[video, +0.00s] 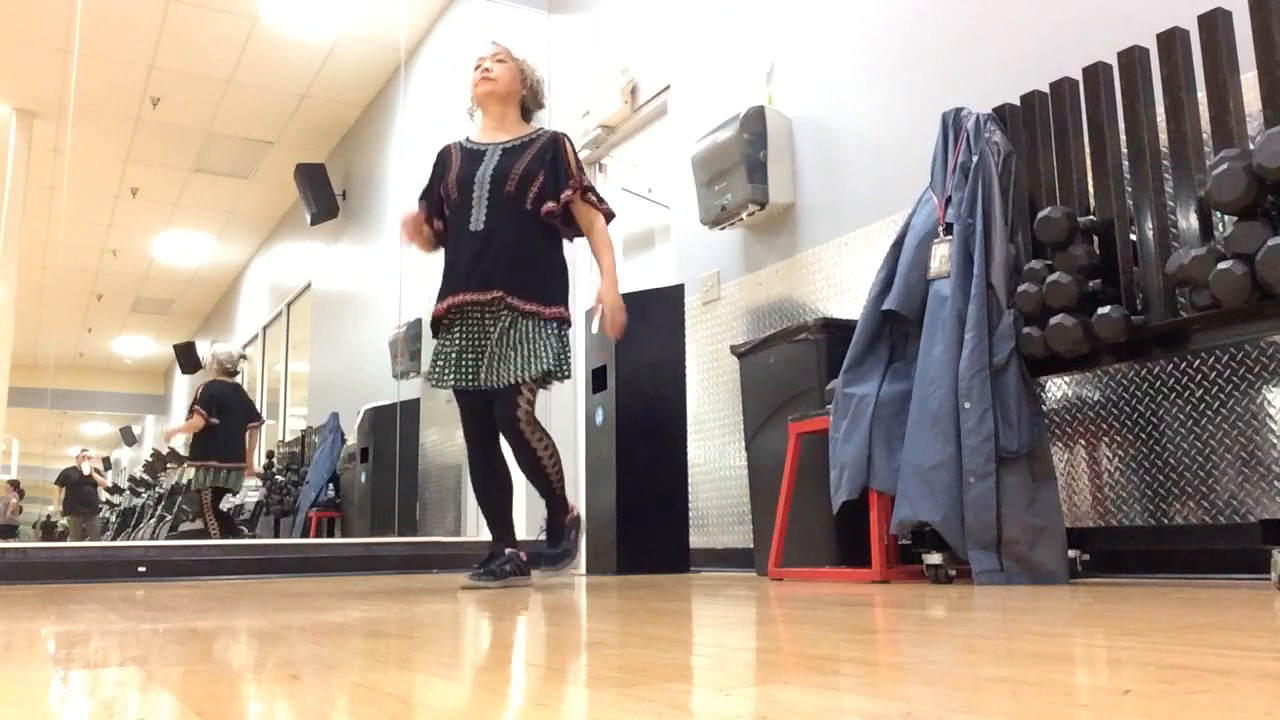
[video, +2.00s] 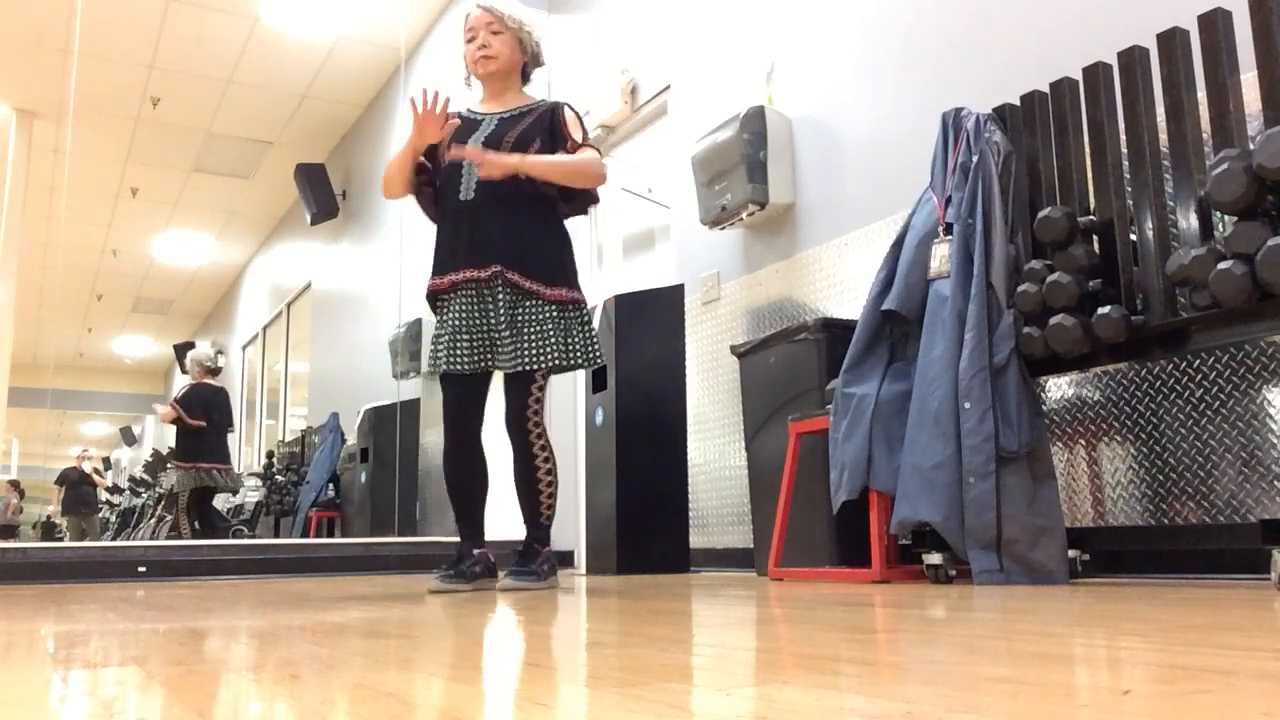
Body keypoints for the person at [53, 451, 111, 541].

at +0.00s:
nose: (86, 460)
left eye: (88, 458)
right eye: (83, 457)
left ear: (91, 459)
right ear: (77, 458)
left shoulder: (95, 471)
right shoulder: (68, 472)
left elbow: (104, 484)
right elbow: (59, 489)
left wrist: (92, 473)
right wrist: (57, 506)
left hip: (92, 510)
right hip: (74, 511)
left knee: (95, 538)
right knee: (75, 539)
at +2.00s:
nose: (85, 461)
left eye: (88, 458)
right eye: (83, 458)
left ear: (91, 460)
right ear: (77, 458)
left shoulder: (94, 471)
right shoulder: (68, 471)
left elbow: (103, 484)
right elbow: (58, 489)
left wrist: (91, 473)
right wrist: (55, 507)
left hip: (91, 512)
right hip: (73, 512)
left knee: (95, 538)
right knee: (74, 540)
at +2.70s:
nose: (96, 460)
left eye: (99, 458)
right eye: (94, 457)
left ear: (103, 460)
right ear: (89, 458)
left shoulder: (107, 473)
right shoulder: (80, 471)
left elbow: (114, 486)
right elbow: (69, 487)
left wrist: (102, 473)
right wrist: (67, 504)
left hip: (99, 512)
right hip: (81, 511)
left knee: (97, 540)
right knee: (78, 539)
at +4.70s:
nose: (86, 463)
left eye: (90, 460)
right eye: (84, 460)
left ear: (95, 462)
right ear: (82, 461)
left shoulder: (100, 472)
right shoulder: (75, 472)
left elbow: (101, 487)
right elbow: (67, 490)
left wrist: (89, 475)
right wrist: (60, 504)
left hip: (90, 509)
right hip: (74, 510)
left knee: (91, 538)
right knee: (79, 538)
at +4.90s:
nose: (86, 463)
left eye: (89, 460)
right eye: (84, 460)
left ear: (95, 462)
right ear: (81, 461)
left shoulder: (99, 472)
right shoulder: (76, 472)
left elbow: (100, 487)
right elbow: (67, 490)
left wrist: (88, 475)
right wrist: (60, 505)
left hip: (89, 508)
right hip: (74, 508)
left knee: (89, 537)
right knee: (78, 537)